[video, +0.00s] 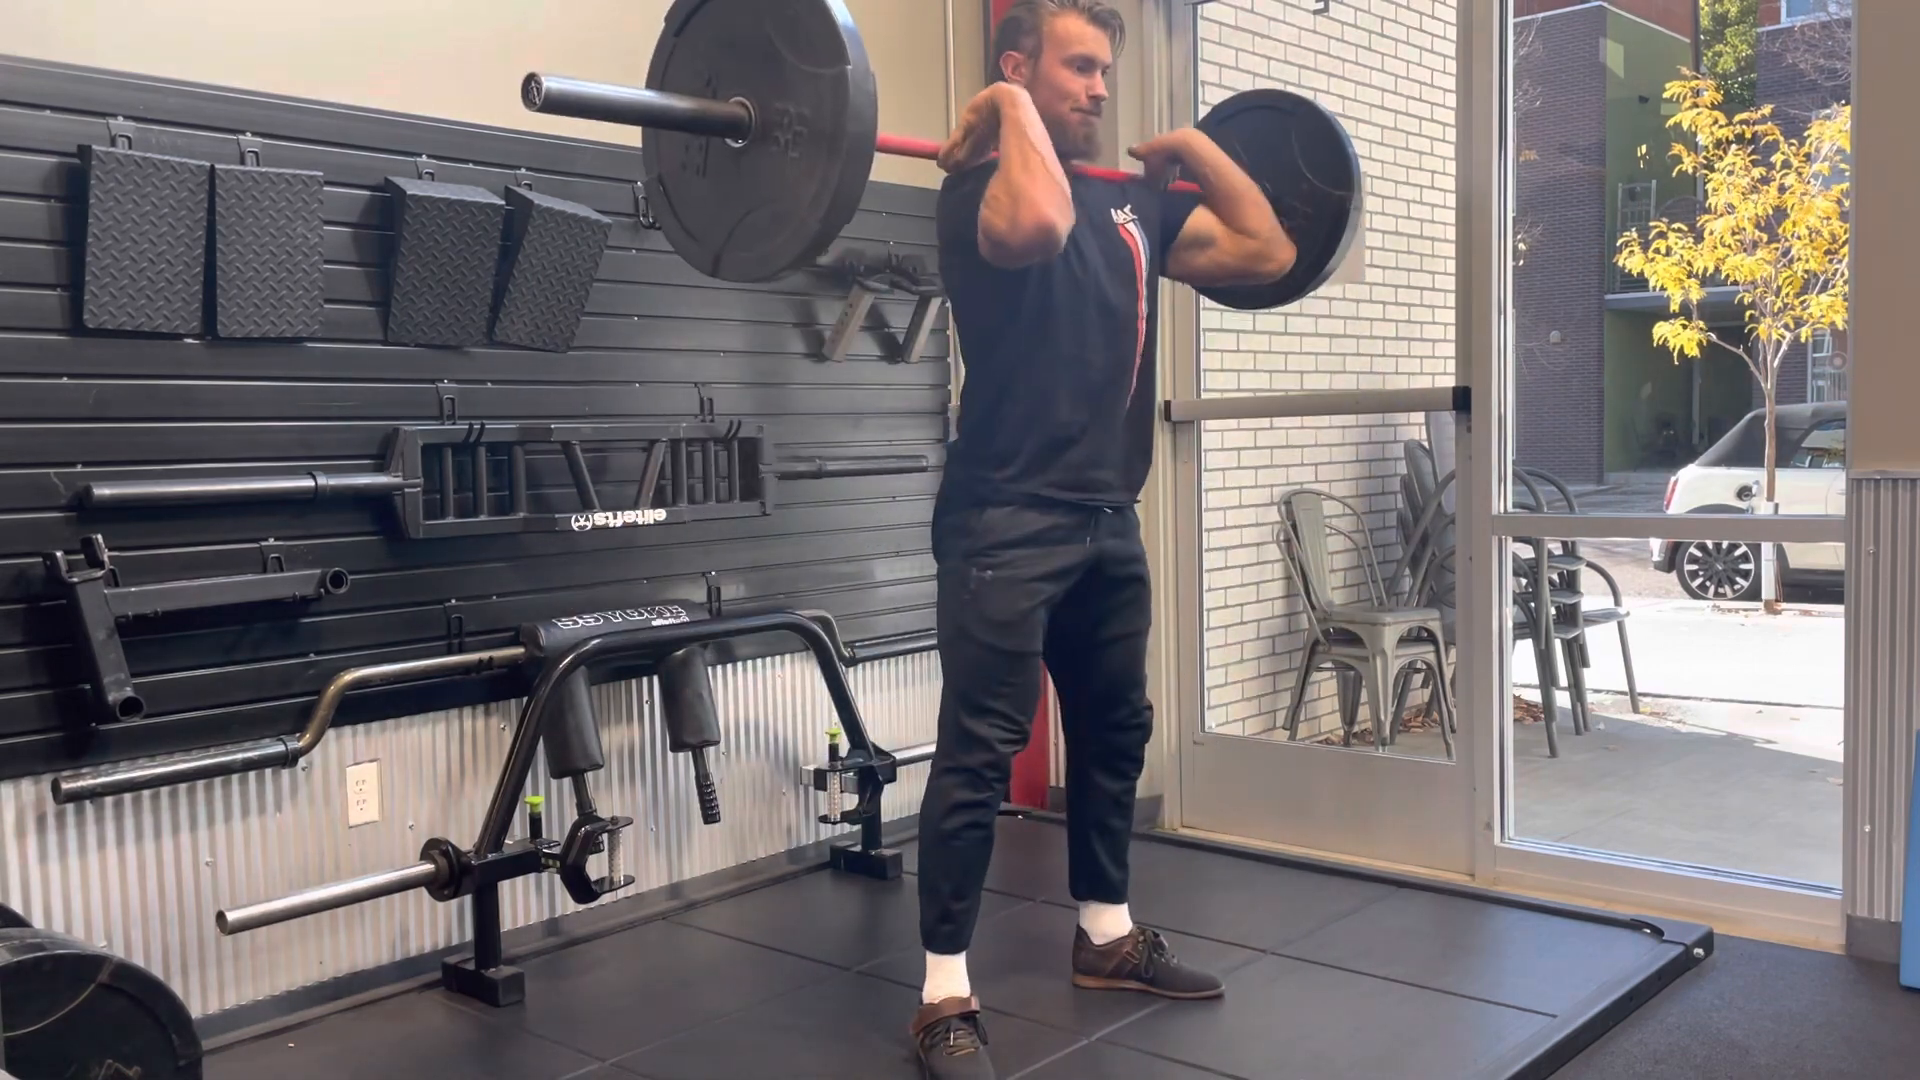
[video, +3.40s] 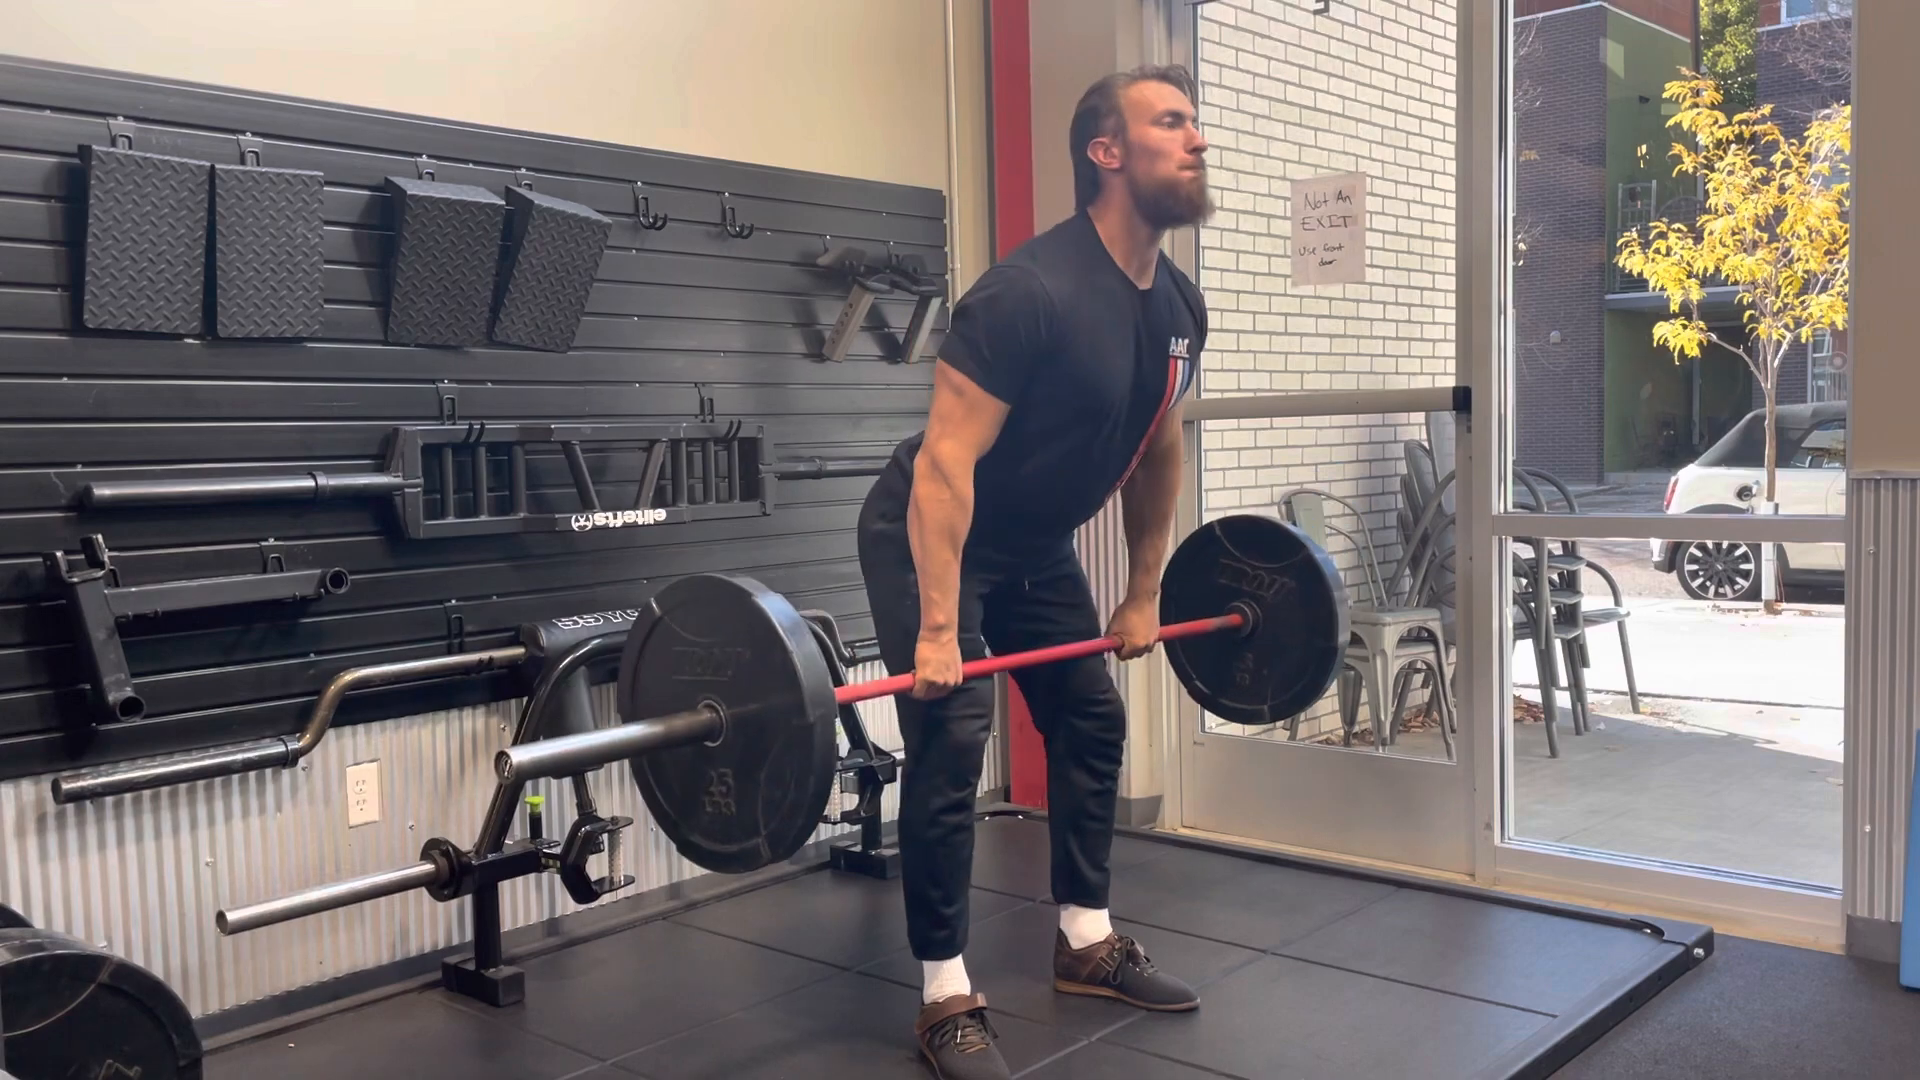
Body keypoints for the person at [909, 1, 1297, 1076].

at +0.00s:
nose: (1100, 88)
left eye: (1106, 72)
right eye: (1082, 65)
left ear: (1102, 90)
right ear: (1020, 73)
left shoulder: (1128, 201)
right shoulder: (972, 186)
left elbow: (1264, 247)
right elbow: (1040, 226)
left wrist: (1191, 145)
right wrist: (1009, 101)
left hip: (1106, 518)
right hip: (1004, 518)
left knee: (1115, 732)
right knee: (980, 745)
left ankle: (1105, 939)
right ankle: (946, 993)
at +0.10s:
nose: (1104, 87)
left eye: (1110, 71)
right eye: (1085, 67)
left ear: (1110, 88)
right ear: (1020, 72)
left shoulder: (1124, 207)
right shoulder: (977, 192)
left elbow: (1217, 313)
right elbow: (1008, 297)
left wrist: (1204, 194)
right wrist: (1008, 147)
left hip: (1108, 519)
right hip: (1005, 516)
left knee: (1116, 732)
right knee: (985, 746)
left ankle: (1104, 936)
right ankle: (945, 993)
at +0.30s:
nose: (1107, 73)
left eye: (1111, 56)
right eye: (1087, 52)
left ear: (1101, 74)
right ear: (1019, 66)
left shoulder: (1097, 190)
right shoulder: (946, 178)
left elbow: (1090, 298)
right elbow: (847, 264)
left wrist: (1148, 302)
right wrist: (955, 289)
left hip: (1093, 507)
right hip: (990, 512)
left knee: (1118, 720)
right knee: (995, 735)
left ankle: (1104, 934)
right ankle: (951, 986)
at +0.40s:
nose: (1116, 96)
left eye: (1120, 79)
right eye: (1094, 76)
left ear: (1113, 99)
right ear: (1026, 90)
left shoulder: (1120, 215)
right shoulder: (965, 205)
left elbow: (1151, 311)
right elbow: (859, 303)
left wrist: (1179, 397)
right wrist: (972, 404)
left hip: (1067, 518)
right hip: (964, 522)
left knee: (1104, 724)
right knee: (994, 736)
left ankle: (1085, 943)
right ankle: (953, 988)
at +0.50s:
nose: (1148, 151)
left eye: (1149, 136)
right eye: (1125, 134)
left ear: (1143, 159)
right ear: (1059, 157)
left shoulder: (1144, 293)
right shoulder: (998, 282)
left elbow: (1147, 404)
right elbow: (882, 399)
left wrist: (1170, 506)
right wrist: (964, 532)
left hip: (1052, 550)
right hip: (946, 556)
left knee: (1138, 731)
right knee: (1001, 754)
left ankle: (1089, 942)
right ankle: (956, 997)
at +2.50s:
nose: (1093, 80)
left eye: (1097, 64)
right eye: (1072, 59)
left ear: (1087, 80)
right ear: (1005, 69)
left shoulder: (1111, 228)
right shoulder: (949, 214)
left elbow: (1136, 383)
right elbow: (930, 395)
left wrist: (1165, 520)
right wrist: (957, 547)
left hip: (1096, 528)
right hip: (992, 530)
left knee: (1111, 731)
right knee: (987, 750)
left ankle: (1087, 941)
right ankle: (950, 992)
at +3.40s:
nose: (1199, 142)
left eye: (1197, 126)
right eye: (1173, 125)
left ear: (1173, 159)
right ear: (1105, 154)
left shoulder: (1176, 304)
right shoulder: (1023, 293)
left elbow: (1158, 456)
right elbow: (943, 464)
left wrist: (1140, 593)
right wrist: (938, 628)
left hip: (1035, 538)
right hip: (934, 537)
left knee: (1092, 720)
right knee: (952, 737)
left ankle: (1086, 939)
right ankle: (944, 988)